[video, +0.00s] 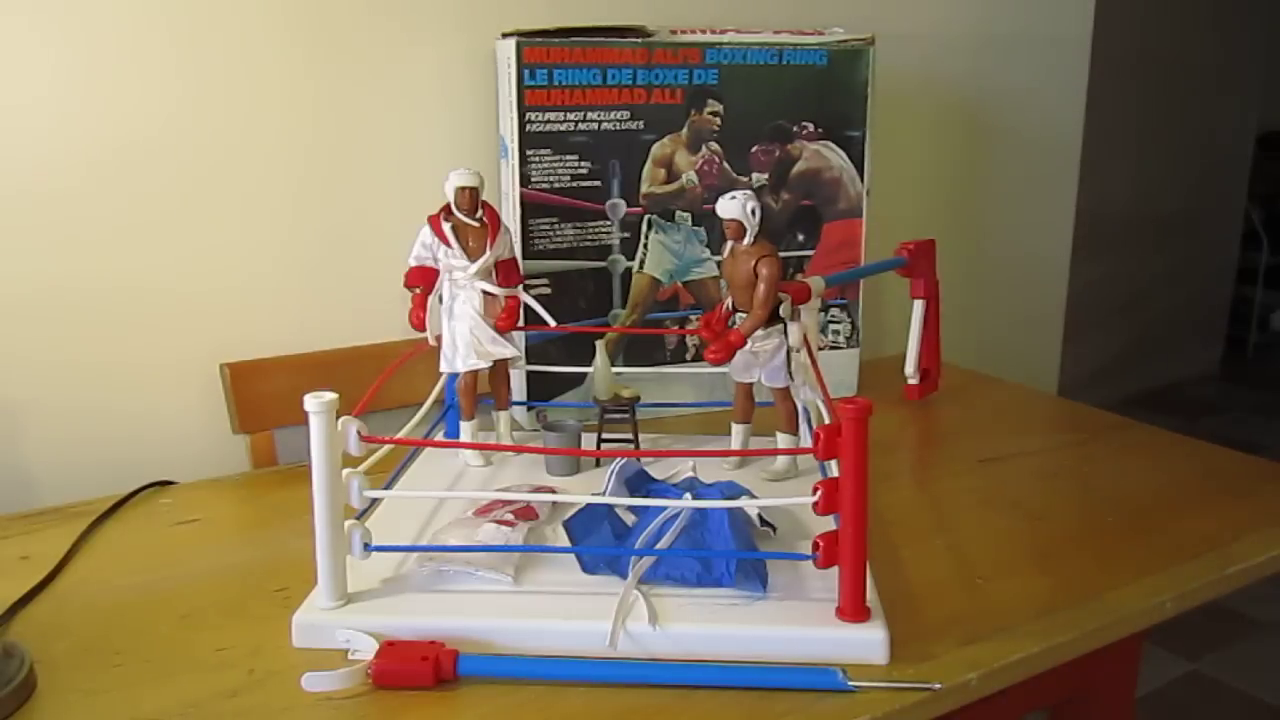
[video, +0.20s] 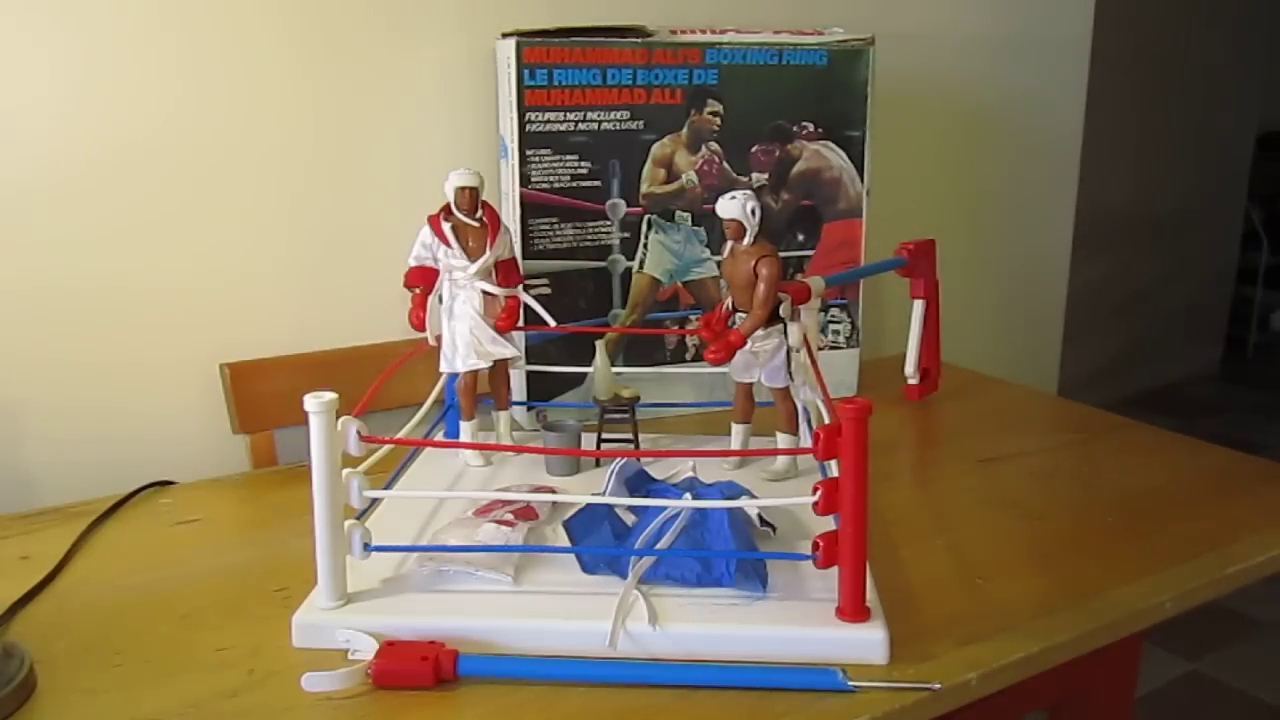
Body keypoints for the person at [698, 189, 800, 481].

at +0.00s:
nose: (725, 227)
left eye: (730, 222)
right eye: (724, 222)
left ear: (748, 222)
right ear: (724, 222)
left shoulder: (766, 260)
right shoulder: (731, 249)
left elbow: (761, 312)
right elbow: (735, 291)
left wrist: (735, 338)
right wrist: (721, 314)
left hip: (769, 332)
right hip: (743, 329)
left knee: (780, 390)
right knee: (742, 385)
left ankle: (787, 456)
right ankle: (738, 450)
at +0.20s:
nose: (725, 227)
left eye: (730, 222)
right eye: (724, 222)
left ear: (748, 222)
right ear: (724, 222)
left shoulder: (766, 260)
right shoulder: (730, 249)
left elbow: (761, 312)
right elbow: (735, 292)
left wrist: (735, 338)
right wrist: (720, 315)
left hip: (769, 332)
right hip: (743, 329)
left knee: (779, 390)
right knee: (742, 386)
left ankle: (787, 456)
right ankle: (738, 450)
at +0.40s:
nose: (725, 227)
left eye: (730, 222)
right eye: (723, 222)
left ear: (747, 222)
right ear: (724, 222)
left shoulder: (766, 260)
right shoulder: (730, 249)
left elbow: (761, 312)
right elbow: (735, 291)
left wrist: (735, 338)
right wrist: (720, 315)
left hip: (769, 332)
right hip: (743, 329)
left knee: (780, 390)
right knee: (742, 386)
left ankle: (787, 456)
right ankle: (738, 450)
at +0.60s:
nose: (725, 227)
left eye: (730, 222)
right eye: (723, 222)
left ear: (747, 222)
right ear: (724, 222)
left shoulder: (766, 260)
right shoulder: (730, 249)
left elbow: (761, 312)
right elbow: (735, 292)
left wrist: (735, 338)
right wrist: (720, 315)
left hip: (769, 332)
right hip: (743, 329)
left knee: (779, 390)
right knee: (742, 386)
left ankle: (787, 456)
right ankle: (738, 449)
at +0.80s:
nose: (725, 227)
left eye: (730, 222)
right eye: (724, 222)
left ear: (747, 222)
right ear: (724, 222)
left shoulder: (766, 260)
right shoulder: (730, 249)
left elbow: (761, 312)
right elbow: (734, 291)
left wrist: (735, 338)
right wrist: (721, 315)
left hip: (769, 333)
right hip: (743, 329)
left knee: (779, 390)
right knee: (742, 386)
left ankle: (787, 456)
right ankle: (738, 449)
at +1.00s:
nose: (725, 227)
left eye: (730, 222)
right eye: (724, 222)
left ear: (747, 222)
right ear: (724, 223)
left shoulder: (766, 260)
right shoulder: (730, 249)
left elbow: (761, 312)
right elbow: (735, 291)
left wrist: (735, 338)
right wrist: (720, 315)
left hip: (769, 332)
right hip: (743, 329)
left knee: (780, 390)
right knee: (742, 386)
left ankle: (787, 456)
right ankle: (738, 449)